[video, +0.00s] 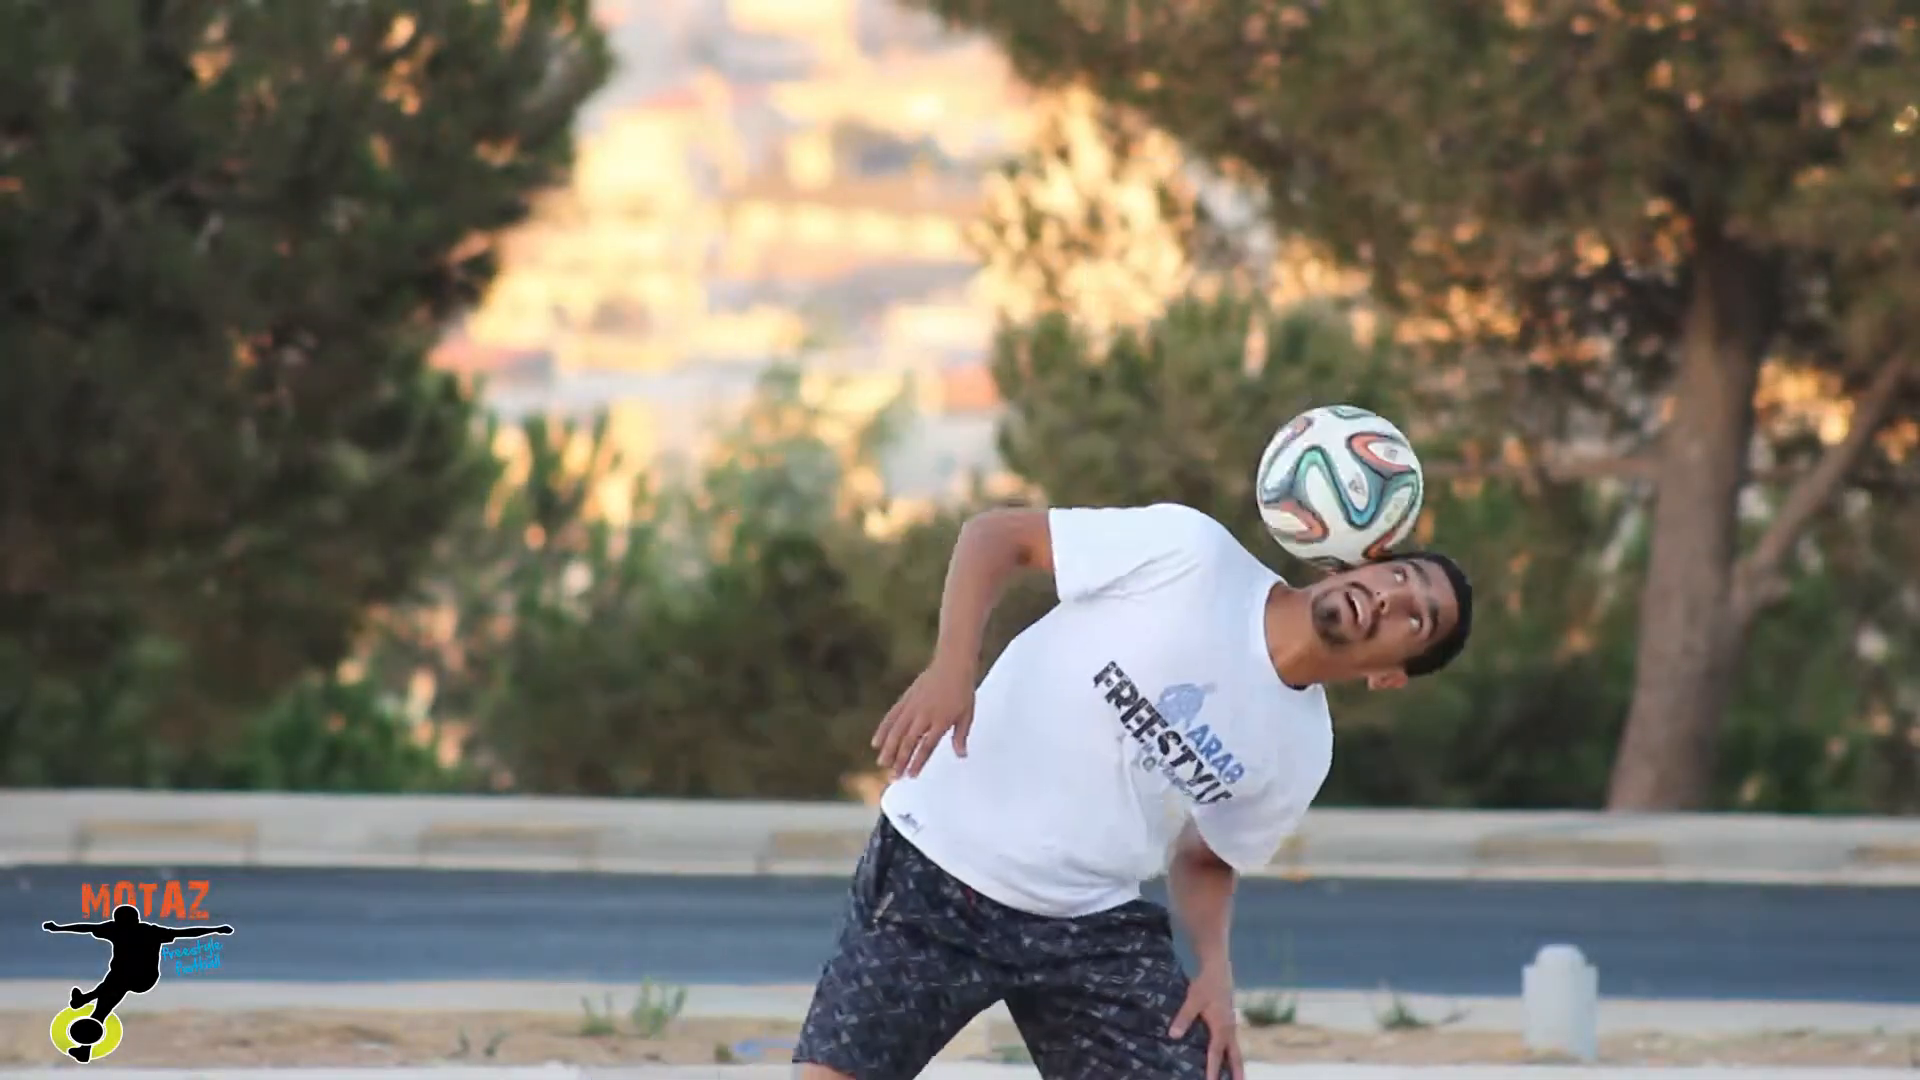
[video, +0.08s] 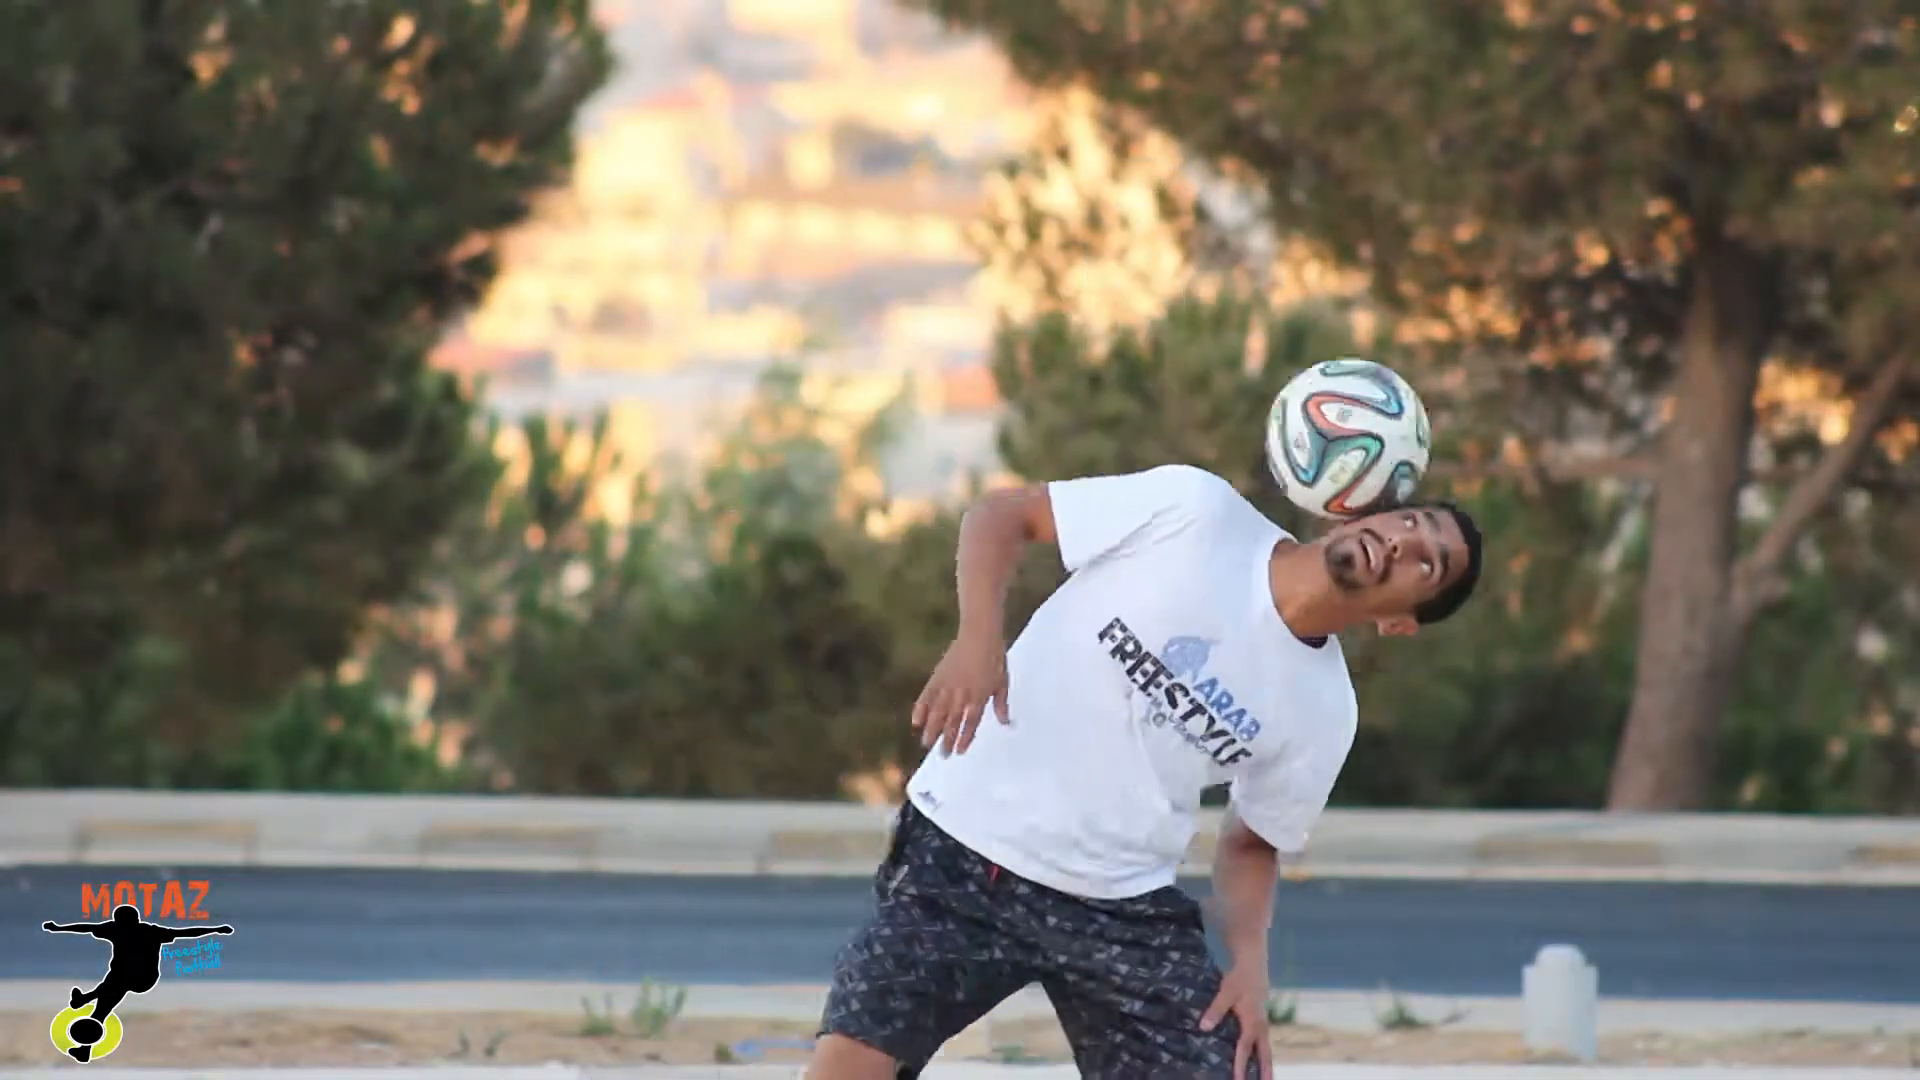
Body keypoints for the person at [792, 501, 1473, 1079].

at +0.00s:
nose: (1385, 593)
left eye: (1413, 617)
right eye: (1396, 570)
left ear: (1386, 677)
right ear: (1354, 560)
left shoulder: (1301, 753)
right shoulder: (1186, 550)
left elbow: (1205, 860)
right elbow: (996, 533)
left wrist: (1214, 969)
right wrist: (951, 666)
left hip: (1090, 931)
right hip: (928, 885)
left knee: (1194, 1070)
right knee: (829, 1071)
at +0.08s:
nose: (1400, 540)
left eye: (1427, 565)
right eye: (1409, 521)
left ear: (1398, 623)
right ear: (1359, 515)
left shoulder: (1324, 715)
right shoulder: (1192, 507)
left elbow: (1251, 844)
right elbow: (1001, 514)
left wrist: (1249, 960)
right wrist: (978, 639)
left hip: (1123, 910)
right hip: (959, 862)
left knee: (1223, 1072)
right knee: (844, 1066)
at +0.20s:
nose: (1314, 357)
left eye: (1352, 361)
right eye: (1307, 346)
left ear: (1371, 435)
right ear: (1271, 382)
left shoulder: (1350, 602)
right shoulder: (1142, 447)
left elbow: (1350, 791)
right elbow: (965, 521)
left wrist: (1313, 917)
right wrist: (998, 561)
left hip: (1183, 892)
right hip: (1011, 857)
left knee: (1276, 1070)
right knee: (906, 1068)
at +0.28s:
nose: (1256, 332)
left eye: (1293, 330)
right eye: (1248, 327)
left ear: (1329, 400)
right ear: (1222, 372)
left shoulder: (1354, 569)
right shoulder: (1113, 471)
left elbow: (1391, 767)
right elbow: (951, 584)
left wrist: (1334, 872)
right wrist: (989, 571)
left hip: (1220, 917)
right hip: (1043, 890)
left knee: (1292, 1073)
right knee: (943, 1070)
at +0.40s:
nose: (1162, 328)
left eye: (1194, 317)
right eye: (1148, 326)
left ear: (1245, 373)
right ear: (1132, 384)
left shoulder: (1317, 520)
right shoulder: (1065, 509)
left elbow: (1418, 691)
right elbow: (962, 696)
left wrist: (1353, 746)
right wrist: (956, 639)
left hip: (1243, 913)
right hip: (1068, 902)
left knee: (1321, 1070)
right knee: (979, 1071)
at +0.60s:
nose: (1046, 433)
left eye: (1061, 416)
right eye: (1029, 450)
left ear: (1134, 430)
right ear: (1064, 514)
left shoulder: (1286, 522)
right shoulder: (1065, 612)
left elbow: (1439, 659)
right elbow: (1037, 805)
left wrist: (1377, 689)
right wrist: (955, 779)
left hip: (1250, 960)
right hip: (1076, 953)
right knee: (958, 1070)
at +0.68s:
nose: (1019, 490)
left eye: (1022, 471)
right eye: (1009, 515)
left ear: (1090, 458)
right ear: (1057, 564)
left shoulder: (1279, 522)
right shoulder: (1082, 644)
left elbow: (1440, 647)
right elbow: (1072, 836)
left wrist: (1400, 708)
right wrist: (966, 809)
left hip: (1264, 968)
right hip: (1093, 961)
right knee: (979, 1071)